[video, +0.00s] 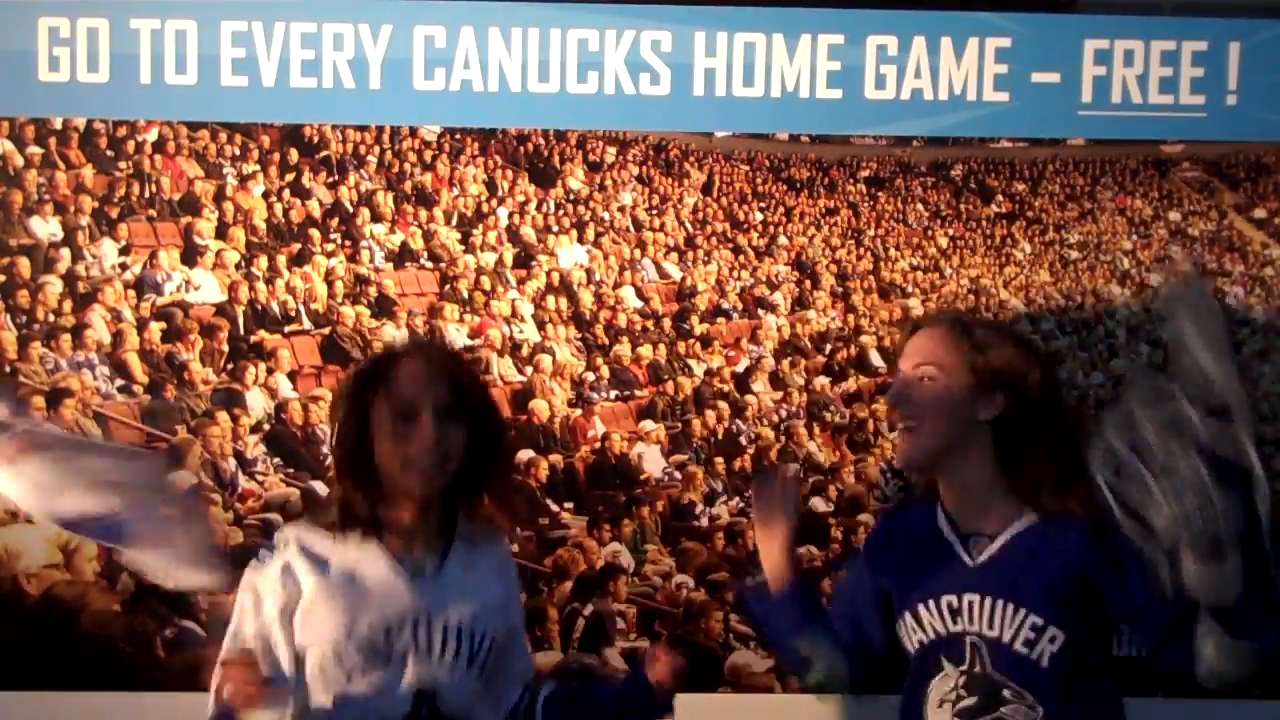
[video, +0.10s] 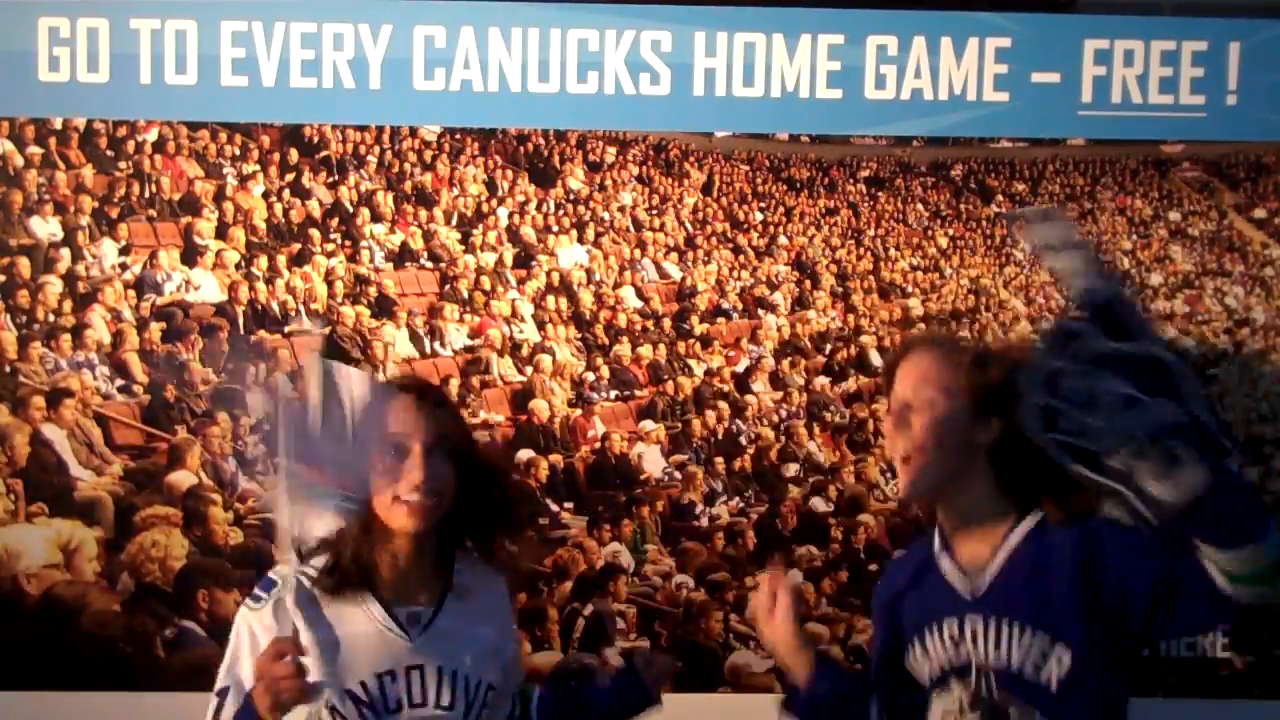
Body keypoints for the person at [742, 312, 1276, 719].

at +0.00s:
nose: (896, 392)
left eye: (924, 376)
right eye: (898, 377)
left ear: (989, 403)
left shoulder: (1086, 541)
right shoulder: (901, 537)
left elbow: (1175, 674)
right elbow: (830, 669)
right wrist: (777, 556)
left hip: (1057, 710)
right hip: (934, 709)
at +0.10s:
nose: (895, 434)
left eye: (919, 412)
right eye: (893, 413)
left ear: (986, 428)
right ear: (887, 426)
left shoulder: (1094, 560)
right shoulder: (901, 589)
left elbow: (1245, 593)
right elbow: (886, 713)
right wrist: (799, 660)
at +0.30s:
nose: (909, 410)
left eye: (935, 393)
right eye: (898, 393)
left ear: (984, 417)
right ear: (883, 413)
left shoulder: (1059, 552)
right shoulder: (872, 557)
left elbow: (1126, 688)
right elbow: (846, 697)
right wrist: (781, 626)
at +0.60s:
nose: (921, 422)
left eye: (942, 401)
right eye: (902, 406)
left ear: (984, 420)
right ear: (884, 432)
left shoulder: (1066, 565)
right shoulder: (859, 555)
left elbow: (1166, 689)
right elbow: (813, 701)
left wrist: (1231, 588)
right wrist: (775, 640)